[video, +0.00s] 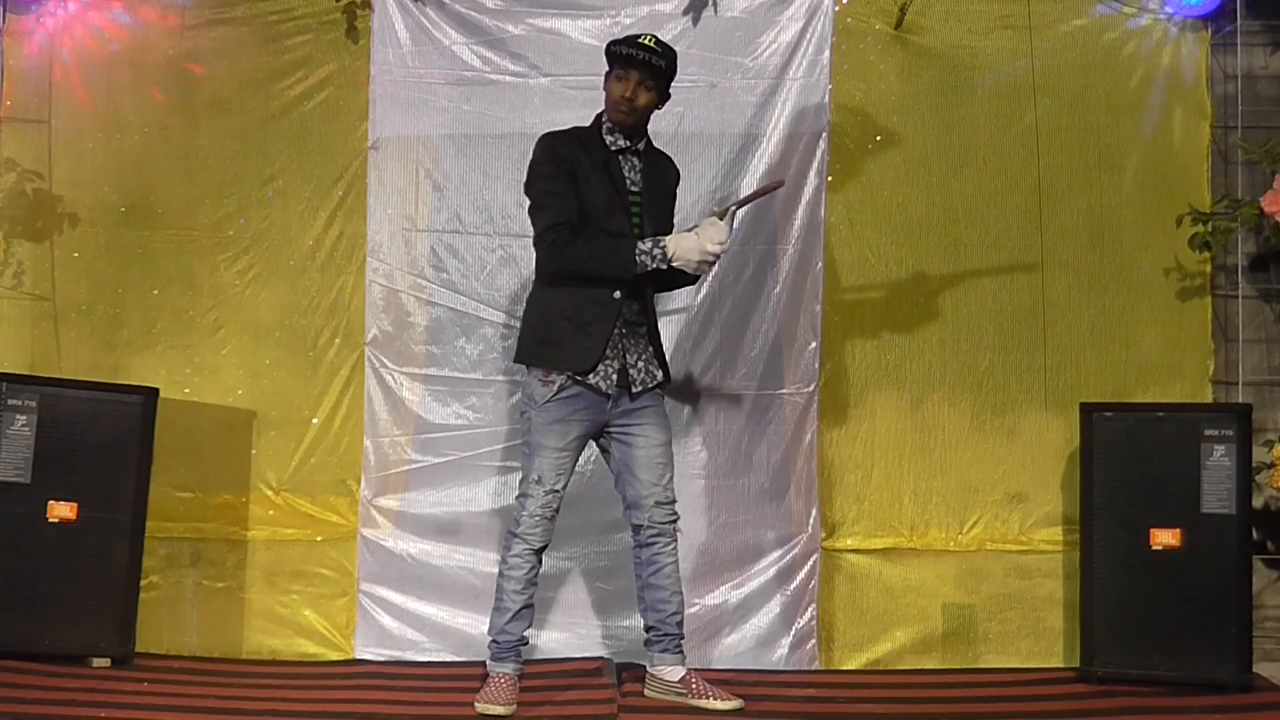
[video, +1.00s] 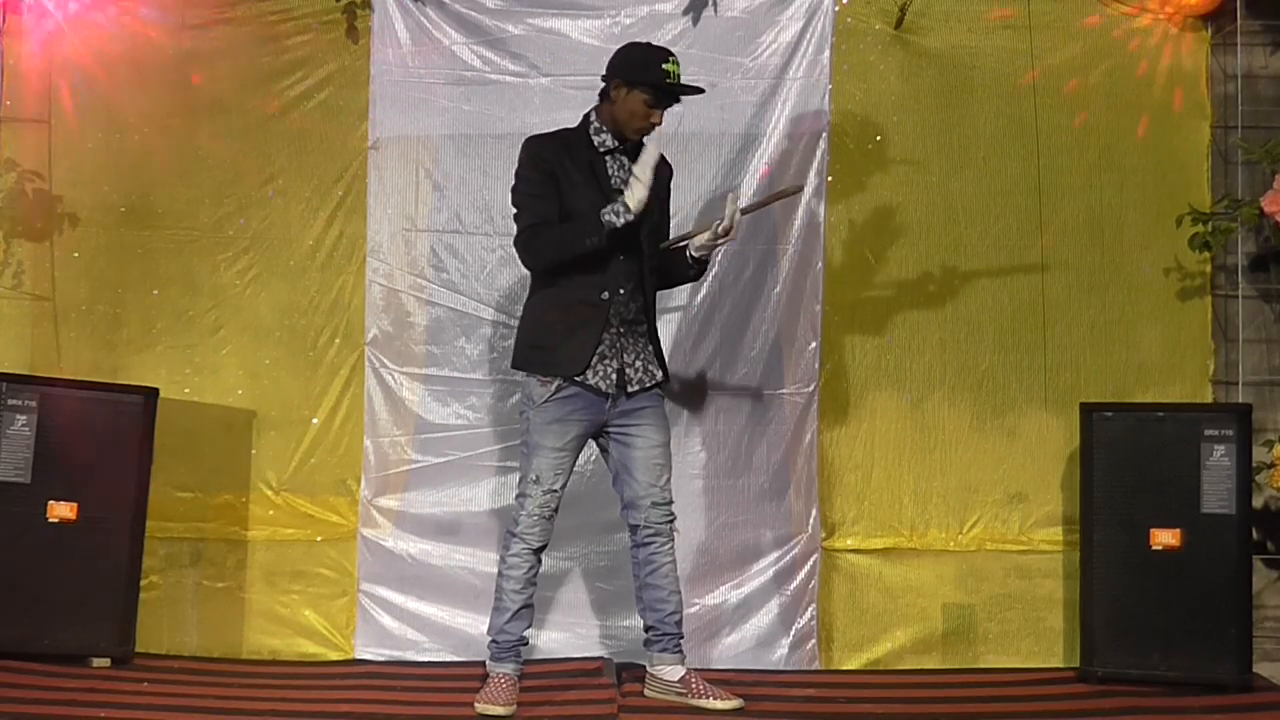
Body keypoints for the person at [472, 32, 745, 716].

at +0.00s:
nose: (631, 90)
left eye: (647, 84)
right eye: (623, 76)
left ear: (662, 98)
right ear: (606, 80)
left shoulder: (662, 171)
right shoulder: (558, 150)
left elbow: (642, 279)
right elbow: (556, 254)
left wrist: (692, 260)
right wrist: (659, 249)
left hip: (638, 370)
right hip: (564, 368)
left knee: (656, 518)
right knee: (534, 518)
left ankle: (666, 670)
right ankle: (503, 668)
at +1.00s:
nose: (660, 117)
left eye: (665, 106)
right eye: (652, 103)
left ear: (655, 106)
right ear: (614, 91)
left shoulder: (651, 167)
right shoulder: (546, 153)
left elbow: (646, 270)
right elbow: (537, 252)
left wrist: (694, 252)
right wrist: (622, 210)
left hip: (638, 374)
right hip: (562, 373)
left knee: (654, 519)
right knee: (532, 523)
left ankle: (666, 670)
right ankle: (503, 670)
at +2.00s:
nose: (624, 89)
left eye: (639, 80)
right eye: (616, 76)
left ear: (660, 91)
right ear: (602, 82)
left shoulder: (667, 170)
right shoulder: (559, 151)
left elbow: (649, 276)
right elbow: (534, 244)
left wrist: (694, 253)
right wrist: (632, 244)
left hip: (641, 371)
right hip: (565, 368)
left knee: (662, 520)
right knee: (533, 519)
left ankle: (667, 670)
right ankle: (503, 668)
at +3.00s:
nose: (656, 118)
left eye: (665, 107)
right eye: (645, 104)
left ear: (672, 106)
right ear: (615, 97)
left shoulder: (669, 173)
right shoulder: (560, 152)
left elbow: (660, 279)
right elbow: (516, 230)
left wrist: (682, 248)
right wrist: (618, 221)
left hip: (648, 381)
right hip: (569, 376)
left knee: (681, 514)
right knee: (536, 524)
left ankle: (668, 671)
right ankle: (503, 670)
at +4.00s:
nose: (634, 94)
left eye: (641, 82)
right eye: (620, 84)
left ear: (649, 87)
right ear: (591, 90)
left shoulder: (660, 163)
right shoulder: (549, 157)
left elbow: (653, 266)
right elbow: (543, 255)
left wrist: (702, 250)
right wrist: (618, 204)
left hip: (646, 375)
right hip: (567, 374)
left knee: (671, 519)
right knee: (536, 521)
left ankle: (672, 669)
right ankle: (503, 669)